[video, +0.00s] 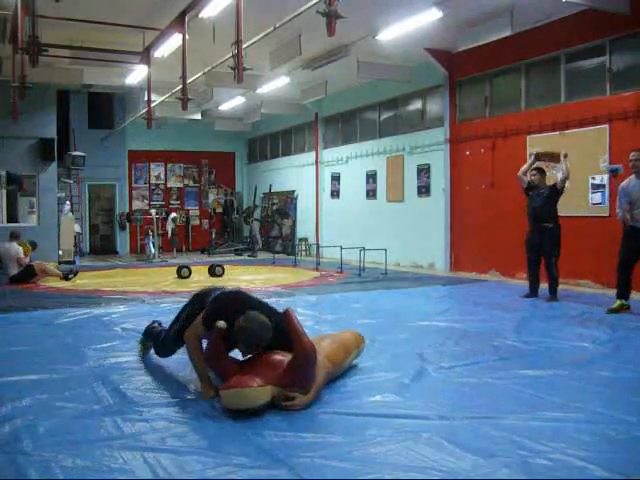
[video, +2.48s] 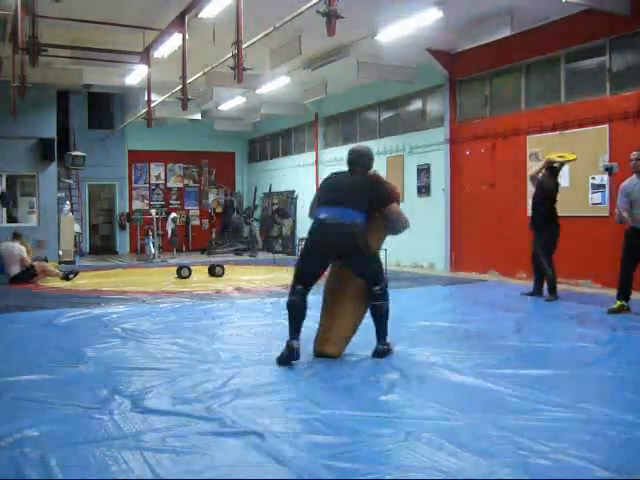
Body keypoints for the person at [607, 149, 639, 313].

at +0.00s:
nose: (633, 164)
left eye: (635, 160)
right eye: (631, 161)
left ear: (639, 162)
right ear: (629, 163)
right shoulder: (625, 186)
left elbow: (622, 208)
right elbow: (621, 208)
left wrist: (628, 217)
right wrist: (625, 217)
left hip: (634, 227)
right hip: (632, 226)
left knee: (626, 263)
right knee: (625, 263)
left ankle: (623, 298)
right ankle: (622, 298)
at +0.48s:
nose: (635, 164)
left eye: (636, 161)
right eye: (633, 161)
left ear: (639, 163)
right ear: (631, 164)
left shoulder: (630, 187)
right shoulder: (627, 187)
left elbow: (624, 210)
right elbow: (623, 209)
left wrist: (629, 221)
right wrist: (627, 221)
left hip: (634, 228)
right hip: (633, 228)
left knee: (628, 264)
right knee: (627, 264)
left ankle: (623, 299)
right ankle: (623, 299)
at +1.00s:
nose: (634, 164)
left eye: (636, 160)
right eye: (632, 161)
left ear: (639, 163)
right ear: (630, 164)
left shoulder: (630, 186)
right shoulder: (626, 186)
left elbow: (623, 209)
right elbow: (622, 208)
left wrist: (629, 221)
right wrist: (628, 221)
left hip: (634, 228)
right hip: (633, 228)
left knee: (628, 264)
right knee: (626, 264)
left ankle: (623, 299)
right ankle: (623, 299)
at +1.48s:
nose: (634, 164)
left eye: (636, 160)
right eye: (632, 161)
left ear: (639, 163)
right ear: (629, 164)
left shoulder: (629, 186)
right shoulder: (626, 186)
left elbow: (622, 209)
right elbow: (622, 209)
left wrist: (628, 221)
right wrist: (627, 221)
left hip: (634, 228)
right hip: (632, 228)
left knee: (627, 265)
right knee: (626, 265)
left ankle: (623, 299)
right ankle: (623, 299)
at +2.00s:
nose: (634, 163)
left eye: (636, 160)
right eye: (632, 160)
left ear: (639, 162)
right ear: (630, 163)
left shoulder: (629, 186)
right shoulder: (626, 185)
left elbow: (622, 208)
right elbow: (622, 208)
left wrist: (628, 222)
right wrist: (627, 223)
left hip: (634, 229)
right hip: (632, 228)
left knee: (627, 265)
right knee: (626, 265)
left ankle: (623, 300)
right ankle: (623, 299)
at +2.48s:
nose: (634, 163)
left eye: (636, 160)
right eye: (632, 160)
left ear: (639, 162)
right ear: (630, 163)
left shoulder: (629, 186)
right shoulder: (627, 186)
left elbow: (623, 209)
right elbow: (623, 208)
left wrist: (627, 221)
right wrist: (627, 222)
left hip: (635, 229)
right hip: (633, 228)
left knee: (628, 265)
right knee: (627, 265)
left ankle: (623, 299)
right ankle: (622, 299)